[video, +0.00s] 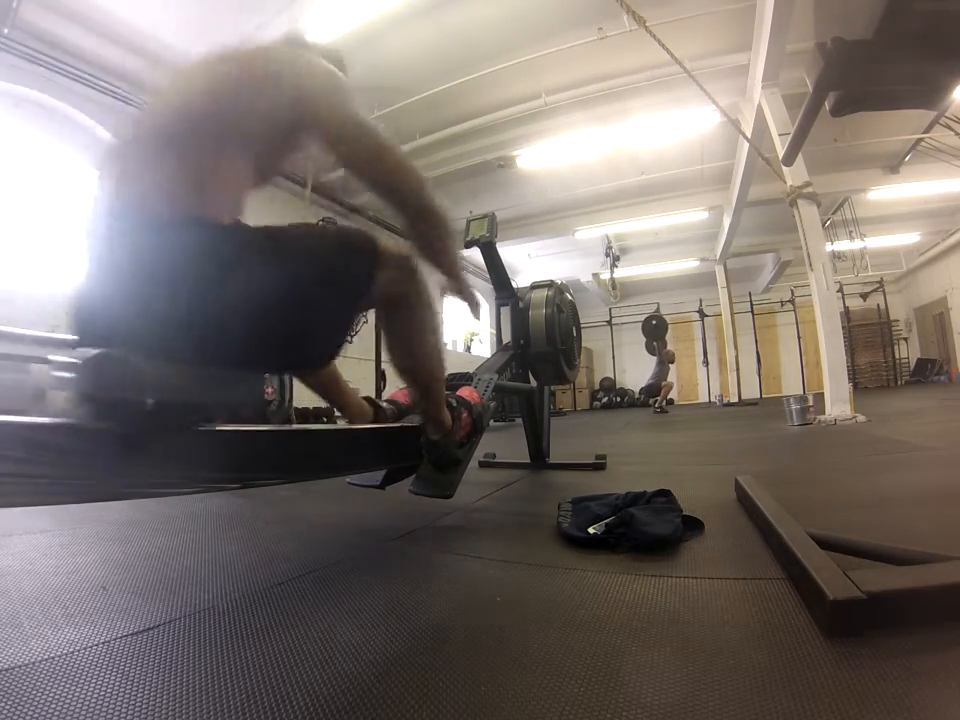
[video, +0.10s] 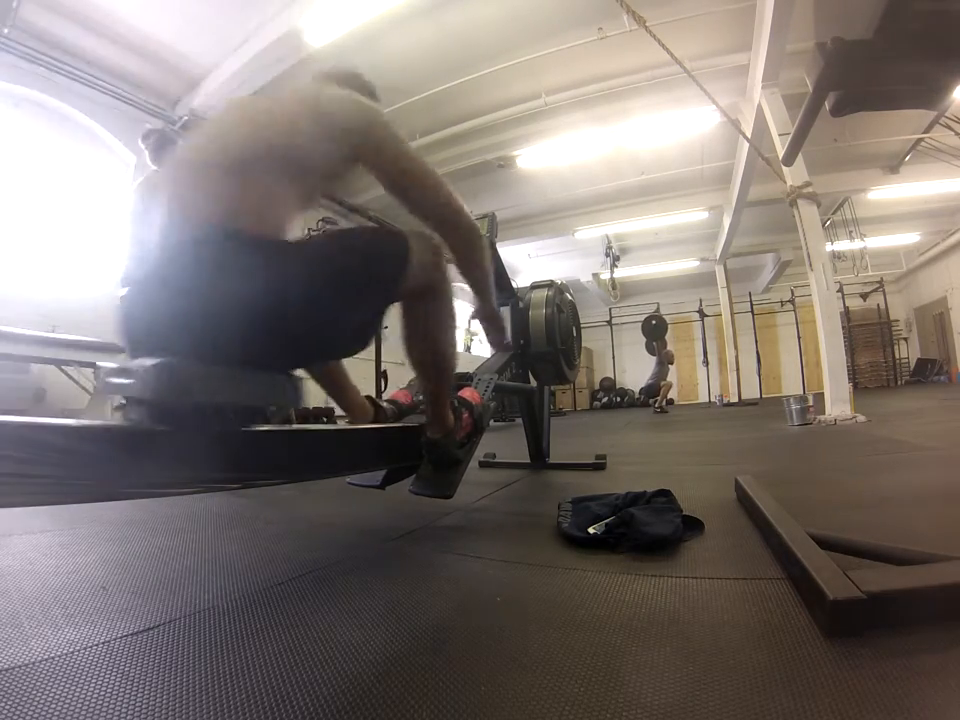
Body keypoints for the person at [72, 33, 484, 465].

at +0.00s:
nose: (315, 142)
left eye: (335, 102)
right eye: (333, 94)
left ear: (290, 51)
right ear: (320, 70)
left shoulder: (203, 93)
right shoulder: (304, 70)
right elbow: (402, 183)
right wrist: (451, 267)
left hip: (105, 299)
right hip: (190, 286)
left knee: (278, 301)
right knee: (398, 270)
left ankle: (363, 415)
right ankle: (443, 426)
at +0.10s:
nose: (367, 124)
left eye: (367, 118)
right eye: (366, 115)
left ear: (306, 83)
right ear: (357, 100)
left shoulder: (239, 114)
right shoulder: (350, 109)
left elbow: (148, 189)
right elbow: (457, 221)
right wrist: (488, 310)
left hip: (146, 312)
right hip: (236, 299)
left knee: (293, 285)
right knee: (426, 258)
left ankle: (361, 413)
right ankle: (443, 426)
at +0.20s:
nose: (400, 150)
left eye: (398, 146)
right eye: (403, 144)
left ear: (344, 121)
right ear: (394, 134)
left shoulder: (293, 146)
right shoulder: (392, 147)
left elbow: (309, 261)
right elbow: (474, 249)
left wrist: (381, 336)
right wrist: (504, 327)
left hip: (186, 325)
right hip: (267, 312)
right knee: (447, 257)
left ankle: (362, 410)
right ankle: (442, 428)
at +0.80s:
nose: (385, 98)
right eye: (382, 90)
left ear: (312, 93)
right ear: (375, 89)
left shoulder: (269, 139)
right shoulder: (381, 125)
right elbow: (472, 223)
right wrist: (499, 275)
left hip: (204, 332)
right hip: (292, 314)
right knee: (448, 255)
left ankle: (367, 411)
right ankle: (440, 424)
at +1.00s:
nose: (343, 49)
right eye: (340, 40)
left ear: (272, 60)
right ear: (336, 44)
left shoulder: (243, 121)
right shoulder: (367, 95)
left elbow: (323, 227)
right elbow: (450, 200)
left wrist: (382, 263)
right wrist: (485, 244)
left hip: (198, 334)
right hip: (287, 315)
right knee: (445, 250)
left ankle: (364, 409)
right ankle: (441, 426)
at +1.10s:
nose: (331, 39)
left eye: (327, 30)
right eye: (327, 30)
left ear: (260, 56)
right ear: (323, 36)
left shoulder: (234, 119)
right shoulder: (359, 92)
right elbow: (445, 206)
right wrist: (483, 257)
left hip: (193, 335)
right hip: (283, 315)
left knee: (328, 244)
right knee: (447, 252)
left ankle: (367, 413)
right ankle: (440, 425)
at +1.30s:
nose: (304, 21)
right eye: (299, 13)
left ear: (223, 34)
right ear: (292, 14)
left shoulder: (194, 100)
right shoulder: (328, 68)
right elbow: (415, 183)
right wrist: (465, 245)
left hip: (169, 326)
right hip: (264, 307)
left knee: (304, 242)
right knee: (436, 251)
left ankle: (367, 412)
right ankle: (441, 423)